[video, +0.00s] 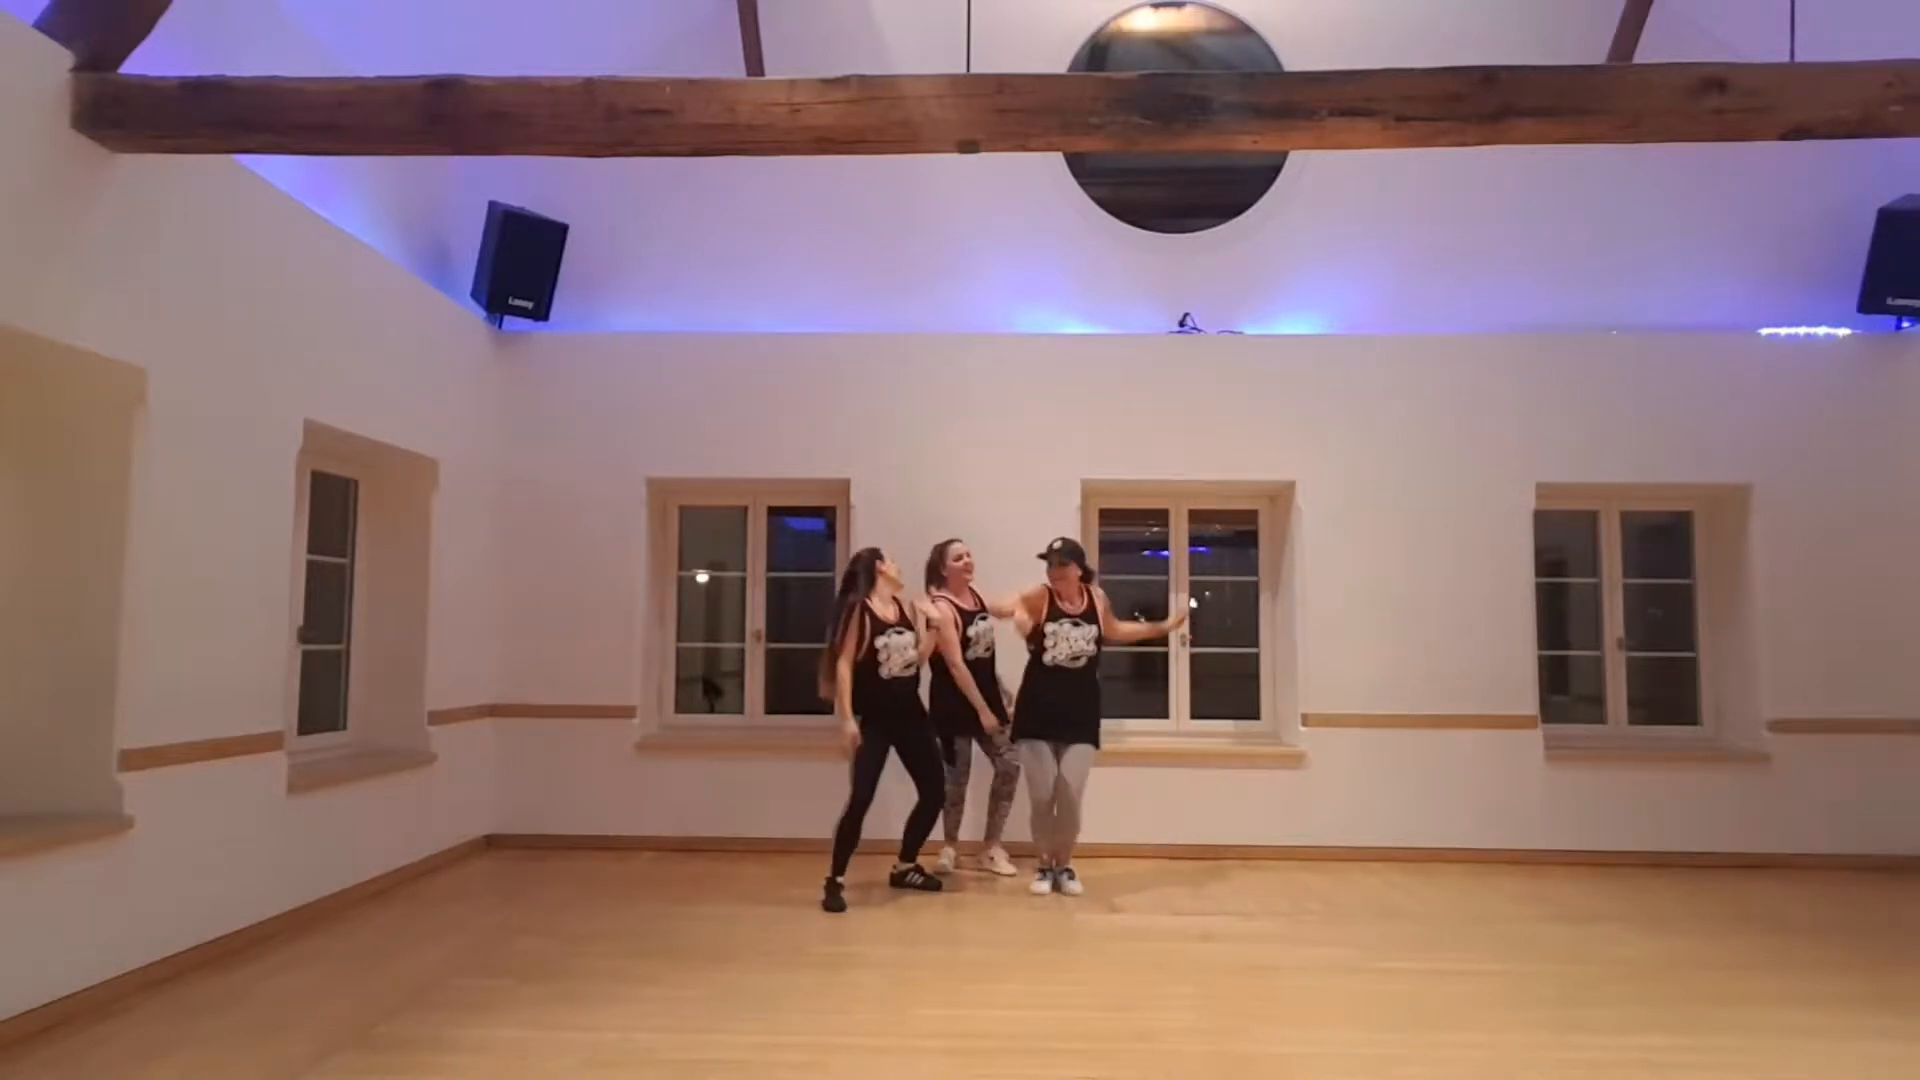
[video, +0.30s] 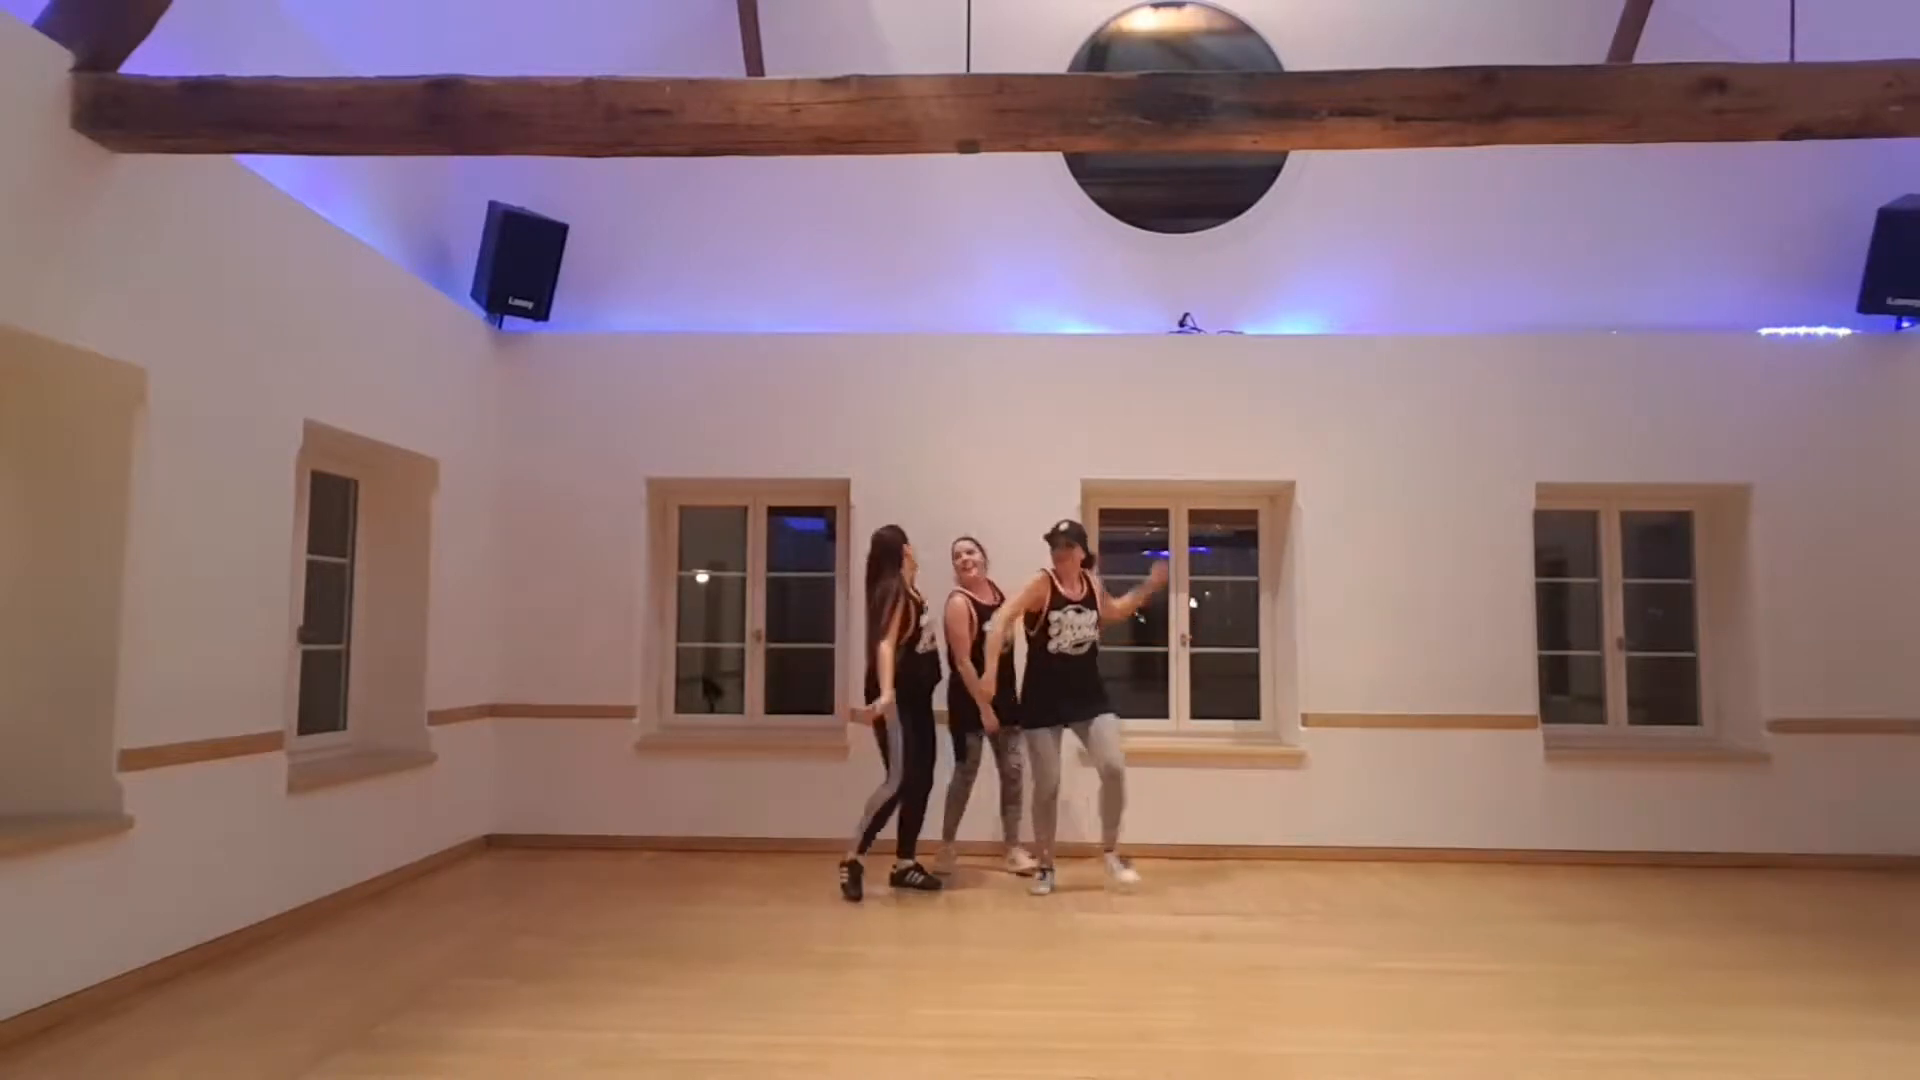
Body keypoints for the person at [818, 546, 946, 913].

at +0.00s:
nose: (896, 565)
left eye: (892, 559)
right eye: (890, 560)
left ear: (882, 570)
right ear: (877, 568)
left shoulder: (903, 607)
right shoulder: (860, 609)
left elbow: (919, 656)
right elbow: (844, 663)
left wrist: (929, 623)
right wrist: (846, 718)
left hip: (911, 714)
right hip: (875, 717)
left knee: (934, 793)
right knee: (860, 800)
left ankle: (906, 866)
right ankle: (835, 880)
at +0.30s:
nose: (914, 549)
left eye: (911, 543)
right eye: (910, 544)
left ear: (892, 553)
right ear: (904, 551)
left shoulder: (910, 591)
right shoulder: (895, 592)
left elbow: (910, 640)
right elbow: (885, 642)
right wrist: (886, 692)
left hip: (918, 694)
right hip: (897, 696)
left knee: (921, 779)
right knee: (899, 778)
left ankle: (905, 863)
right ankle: (853, 859)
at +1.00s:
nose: (929, 552)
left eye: (926, 547)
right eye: (924, 549)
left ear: (899, 558)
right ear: (913, 558)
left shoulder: (890, 585)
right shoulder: (919, 586)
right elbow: (950, 620)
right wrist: (969, 647)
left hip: (885, 691)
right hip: (878, 692)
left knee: (913, 781)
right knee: (876, 785)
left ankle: (903, 870)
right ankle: (829, 873)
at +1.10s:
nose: (925, 568)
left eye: (923, 562)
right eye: (921, 563)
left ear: (895, 569)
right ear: (910, 571)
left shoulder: (886, 596)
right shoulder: (907, 602)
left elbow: (924, 600)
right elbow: (910, 655)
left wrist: (948, 601)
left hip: (879, 703)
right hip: (869, 703)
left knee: (924, 786)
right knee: (872, 797)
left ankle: (903, 871)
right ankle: (824, 876)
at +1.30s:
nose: (923, 574)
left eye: (920, 568)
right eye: (917, 569)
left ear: (904, 576)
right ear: (898, 576)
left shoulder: (907, 619)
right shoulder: (870, 615)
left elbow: (933, 669)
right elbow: (835, 653)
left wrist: (945, 633)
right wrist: (843, 710)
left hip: (888, 723)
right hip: (858, 721)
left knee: (931, 792)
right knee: (870, 801)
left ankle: (904, 870)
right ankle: (826, 878)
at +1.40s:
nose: (923, 560)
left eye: (921, 553)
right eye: (917, 554)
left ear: (906, 562)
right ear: (897, 561)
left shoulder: (916, 598)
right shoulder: (865, 595)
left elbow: (955, 637)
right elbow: (815, 620)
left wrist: (965, 606)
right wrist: (823, 670)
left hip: (893, 704)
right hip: (855, 700)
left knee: (924, 787)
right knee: (859, 788)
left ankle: (903, 870)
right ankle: (826, 876)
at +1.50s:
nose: (924, 550)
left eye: (923, 544)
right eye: (918, 544)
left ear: (909, 551)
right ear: (896, 550)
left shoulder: (919, 584)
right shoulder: (863, 582)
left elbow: (964, 603)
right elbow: (810, 597)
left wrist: (972, 602)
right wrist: (815, 644)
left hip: (900, 697)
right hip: (859, 693)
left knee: (913, 782)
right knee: (855, 778)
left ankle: (900, 868)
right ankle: (834, 869)